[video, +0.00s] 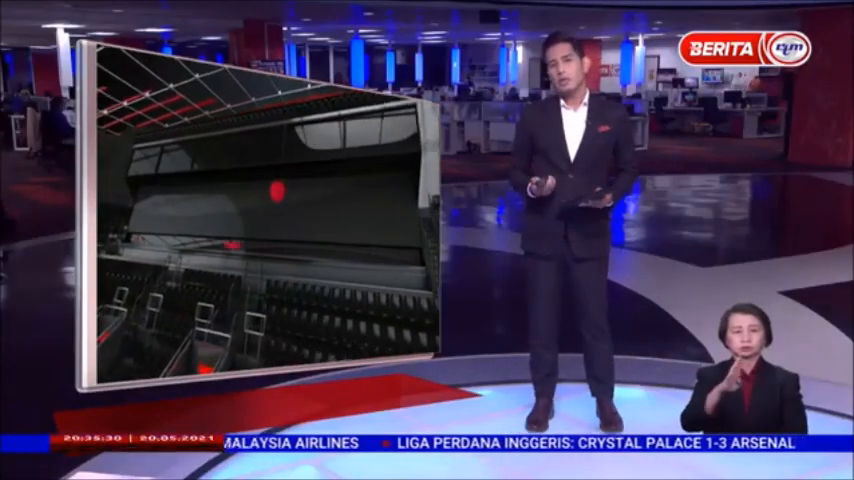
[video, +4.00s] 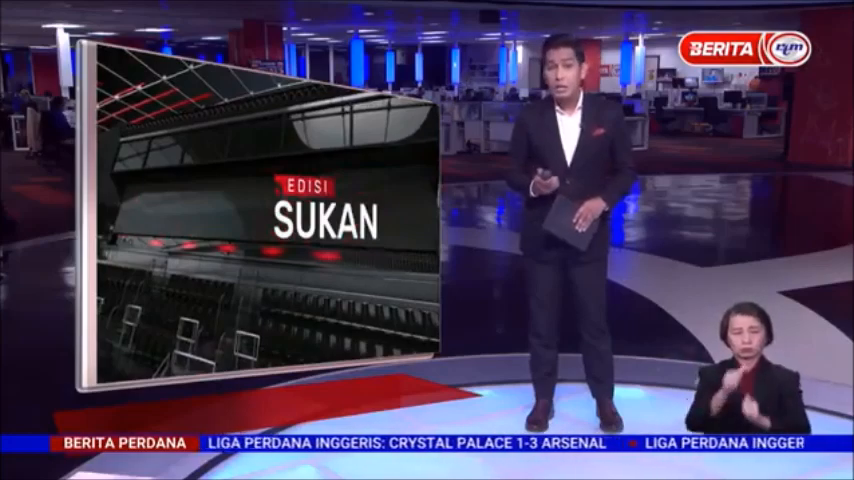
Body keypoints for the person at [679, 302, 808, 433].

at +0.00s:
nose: (746, 338)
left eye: (753, 330)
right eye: (737, 331)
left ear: (765, 337)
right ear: (726, 340)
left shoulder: (785, 381)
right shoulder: (710, 376)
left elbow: (797, 435)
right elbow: (689, 423)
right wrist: (720, 390)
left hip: (769, 464)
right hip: (717, 463)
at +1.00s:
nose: (746, 338)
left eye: (754, 331)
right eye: (738, 332)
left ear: (766, 337)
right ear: (726, 340)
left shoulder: (787, 381)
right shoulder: (709, 378)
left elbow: (797, 438)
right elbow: (693, 431)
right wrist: (739, 407)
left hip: (771, 465)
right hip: (718, 464)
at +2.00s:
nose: (740, 340)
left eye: (748, 331)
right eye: (731, 333)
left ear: (760, 336)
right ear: (720, 340)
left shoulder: (781, 373)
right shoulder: (709, 375)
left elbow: (806, 412)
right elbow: (687, 424)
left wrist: (772, 383)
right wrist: (727, 394)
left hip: (774, 460)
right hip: (722, 460)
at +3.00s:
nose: (743, 345)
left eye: (750, 336)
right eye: (734, 337)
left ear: (762, 338)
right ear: (723, 341)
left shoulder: (781, 375)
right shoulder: (711, 376)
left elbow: (809, 417)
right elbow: (680, 420)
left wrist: (784, 384)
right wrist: (701, 385)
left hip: (772, 460)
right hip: (720, 460)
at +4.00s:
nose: (746, 339)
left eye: (754, 331)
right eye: (737, 332)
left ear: (767, 336)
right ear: (727, 338)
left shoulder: (785, 379)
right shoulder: (712, 375)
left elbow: (801, 429)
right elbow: (694, 424)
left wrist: (761, 420)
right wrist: (724, 392)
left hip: (769, 461)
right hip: (719, 459)